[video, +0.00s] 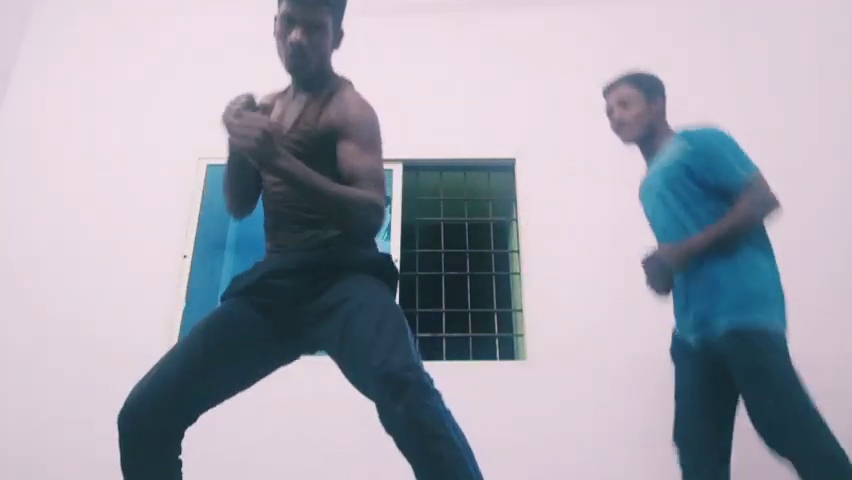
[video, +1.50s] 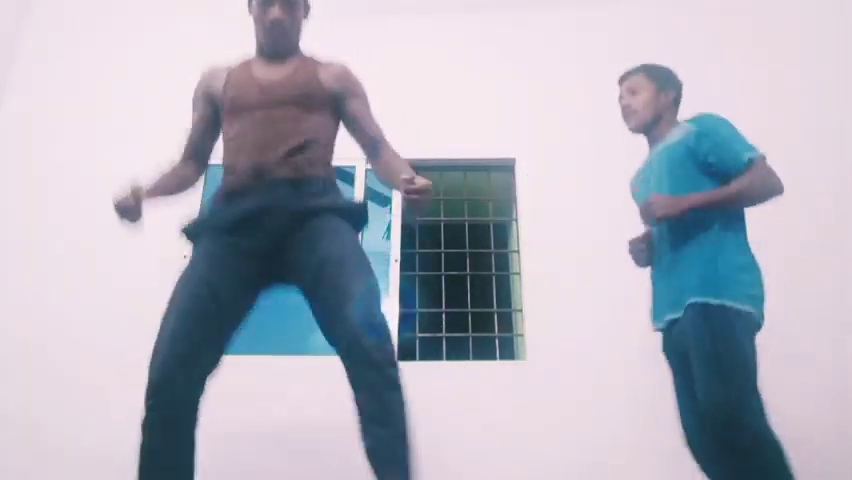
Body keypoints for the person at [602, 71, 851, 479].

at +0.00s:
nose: (615, 117)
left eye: (624, 105)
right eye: (610, 111)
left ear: (656, 105)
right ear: (609, 120)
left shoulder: (702, 142)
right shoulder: (648, 188)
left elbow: (761, 197)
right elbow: (691, 251)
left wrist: (682, 250)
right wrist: (665, 273)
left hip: (746, 318)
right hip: (694, 331)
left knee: (790, 428)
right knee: (698, 451)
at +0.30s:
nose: (609, 147)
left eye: (617, 135)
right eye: (605, 141)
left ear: (650, 136)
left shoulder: (670, 172)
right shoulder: (663, 189)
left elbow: (699, 225)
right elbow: (721, 274)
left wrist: (625, 279)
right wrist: (680, 313)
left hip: (727, 350)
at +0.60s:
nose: (622, 95)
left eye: (631, 83)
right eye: (618, 90)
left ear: (664, 82)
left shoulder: (692, 109)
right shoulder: (671, 147)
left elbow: (755, 159)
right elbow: (718, 217)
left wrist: (666, 212)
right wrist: (668, 258)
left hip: (724, 280)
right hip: (701, 289)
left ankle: (815, 475)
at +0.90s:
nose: (637, 104)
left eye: (646, 92)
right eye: (635, 97)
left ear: (681, 93)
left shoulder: (712, 123)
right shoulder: (688, 161)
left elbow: (755, 171)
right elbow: (735, 242)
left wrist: (661, 214)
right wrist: (692, 282)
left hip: (741, 292)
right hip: (713, 305)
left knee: (763, 413)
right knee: (703, 443)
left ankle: (836, 471)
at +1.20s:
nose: (633, 143)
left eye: (644, 133)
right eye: (630, 137)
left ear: (679, 138)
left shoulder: (710, 175)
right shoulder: (674, 212)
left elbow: (760, 235)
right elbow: (715, 297)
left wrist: (670, 271)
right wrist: (669, 317)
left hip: (749, 332)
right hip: (709, 354)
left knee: (764, 438)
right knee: (708, 470)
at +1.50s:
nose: (624, 102)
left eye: (634, 92)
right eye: (621, 97)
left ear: (668, 96)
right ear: (621, 107)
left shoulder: (702, 129)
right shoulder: (642, 177)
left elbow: (766, 181)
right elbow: (683, 238)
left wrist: (684, 203)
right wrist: (650, 250)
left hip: (718, 296)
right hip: (673, 312)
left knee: (733, 424)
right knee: (702, 436)